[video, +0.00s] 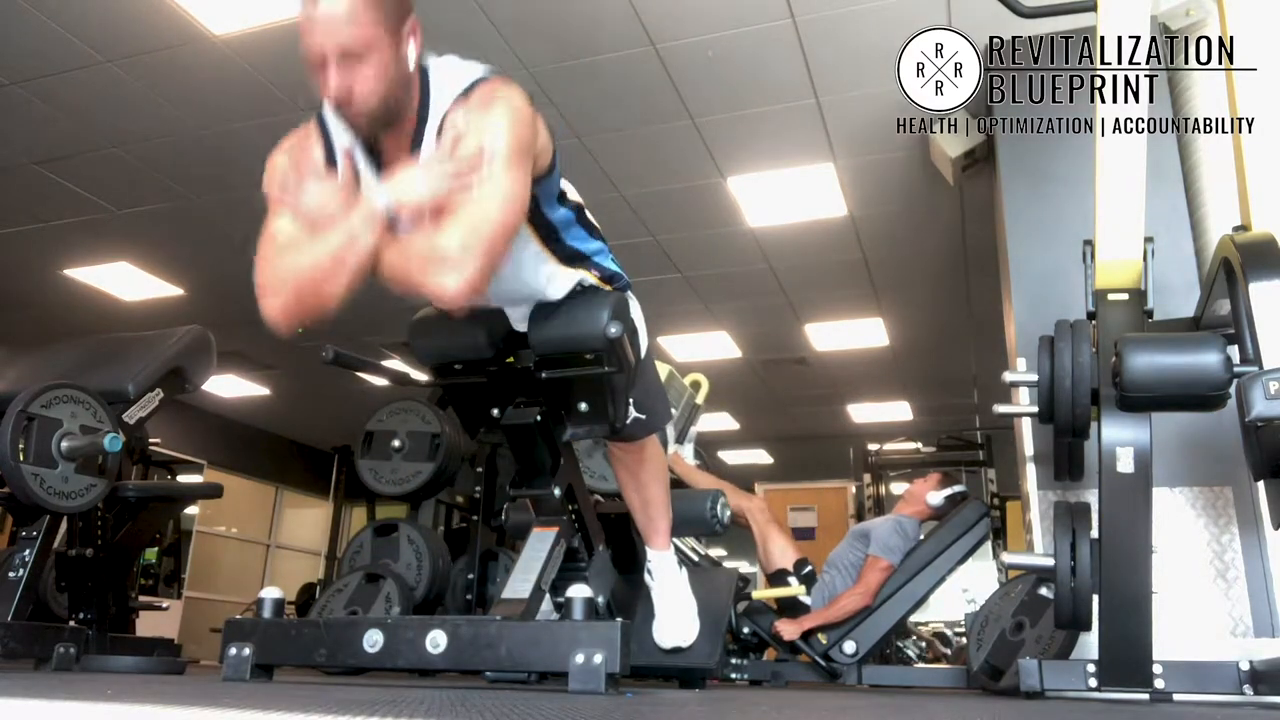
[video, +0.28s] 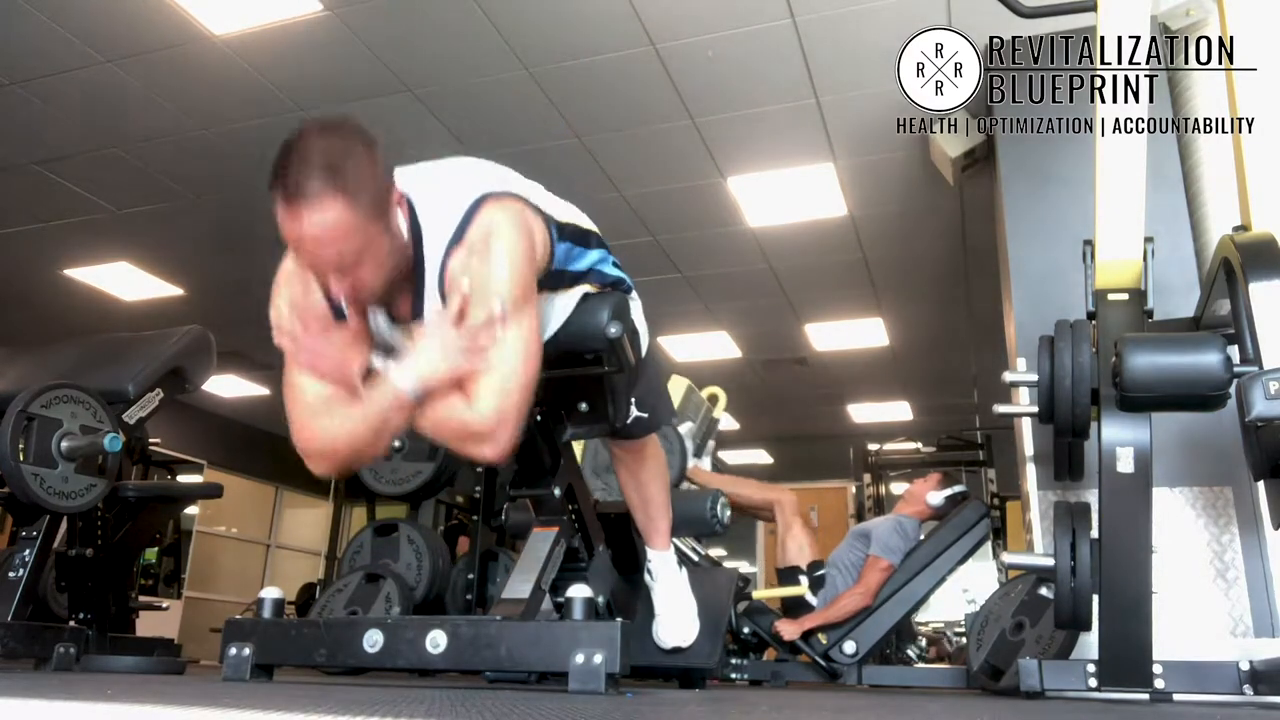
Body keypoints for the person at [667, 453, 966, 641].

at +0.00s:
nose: (919, 479)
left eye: (927, 479)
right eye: (926, 476)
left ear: (932, 498)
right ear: (931, 501)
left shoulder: (895, 529)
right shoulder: (900, 528)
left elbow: (865, 595)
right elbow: (865, 594)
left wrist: (801, 624)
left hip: (808, 606)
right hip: (813, 599)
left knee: (756, 507)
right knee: (756, 507)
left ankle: (676, 461)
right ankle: (686, 464)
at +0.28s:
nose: (919, 479)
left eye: (927, 480)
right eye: (926, 477)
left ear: (929, 499)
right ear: (930, 505)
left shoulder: (897, 527)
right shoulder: (901, 526)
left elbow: (865, 595)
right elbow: (864, 593)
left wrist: (802, 624)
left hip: (811, 604)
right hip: (817, 600)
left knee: (785, 500)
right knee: (786, 504)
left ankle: (695, 471)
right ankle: (707, 476)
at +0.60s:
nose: (916, 481)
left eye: (926, 480)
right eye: (925, 478)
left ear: (930, 497)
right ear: (934, 505)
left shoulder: (895, 528)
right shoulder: (904, 528)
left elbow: (865, 595)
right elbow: (865, 593)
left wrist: (802, 624)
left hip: (818, 608)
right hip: (824, 602)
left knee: (822, 498)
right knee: (820, 506)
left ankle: (722, 493)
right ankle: (732, 506)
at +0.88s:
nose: (918, 482)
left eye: (927, 481)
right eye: (926, 478)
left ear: (932, 499)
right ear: (934, 501)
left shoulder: (898, 529)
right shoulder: (904, 527)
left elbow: (865, 594)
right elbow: (864, 591)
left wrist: (801, 624)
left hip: (816, 604)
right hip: (823, 600)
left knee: (839, 500)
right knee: (841, 506)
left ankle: (734, 506)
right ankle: (747, 516)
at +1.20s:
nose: (917, 482)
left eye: (927, 481)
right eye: (926, 479)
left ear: (933, 497)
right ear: (934, 500)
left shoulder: (899, 528)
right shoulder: (904, 527)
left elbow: (865, 595)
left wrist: (801, 624)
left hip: (816, 605)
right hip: (820, 602)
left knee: (843, 500)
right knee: (843, 504)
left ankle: (739, 509)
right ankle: (750, 519)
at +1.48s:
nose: (917, 478)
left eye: (928, 480)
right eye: (925, 474)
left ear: (936, 505)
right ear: (932, 506)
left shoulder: (899, 530)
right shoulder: (902, 525)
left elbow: (865, 595)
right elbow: (865, 592)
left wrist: (800, 623)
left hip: (817, 607)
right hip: (823, 599)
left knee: (833, 498)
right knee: (838, 499)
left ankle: (730, 501)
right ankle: (743, 512)